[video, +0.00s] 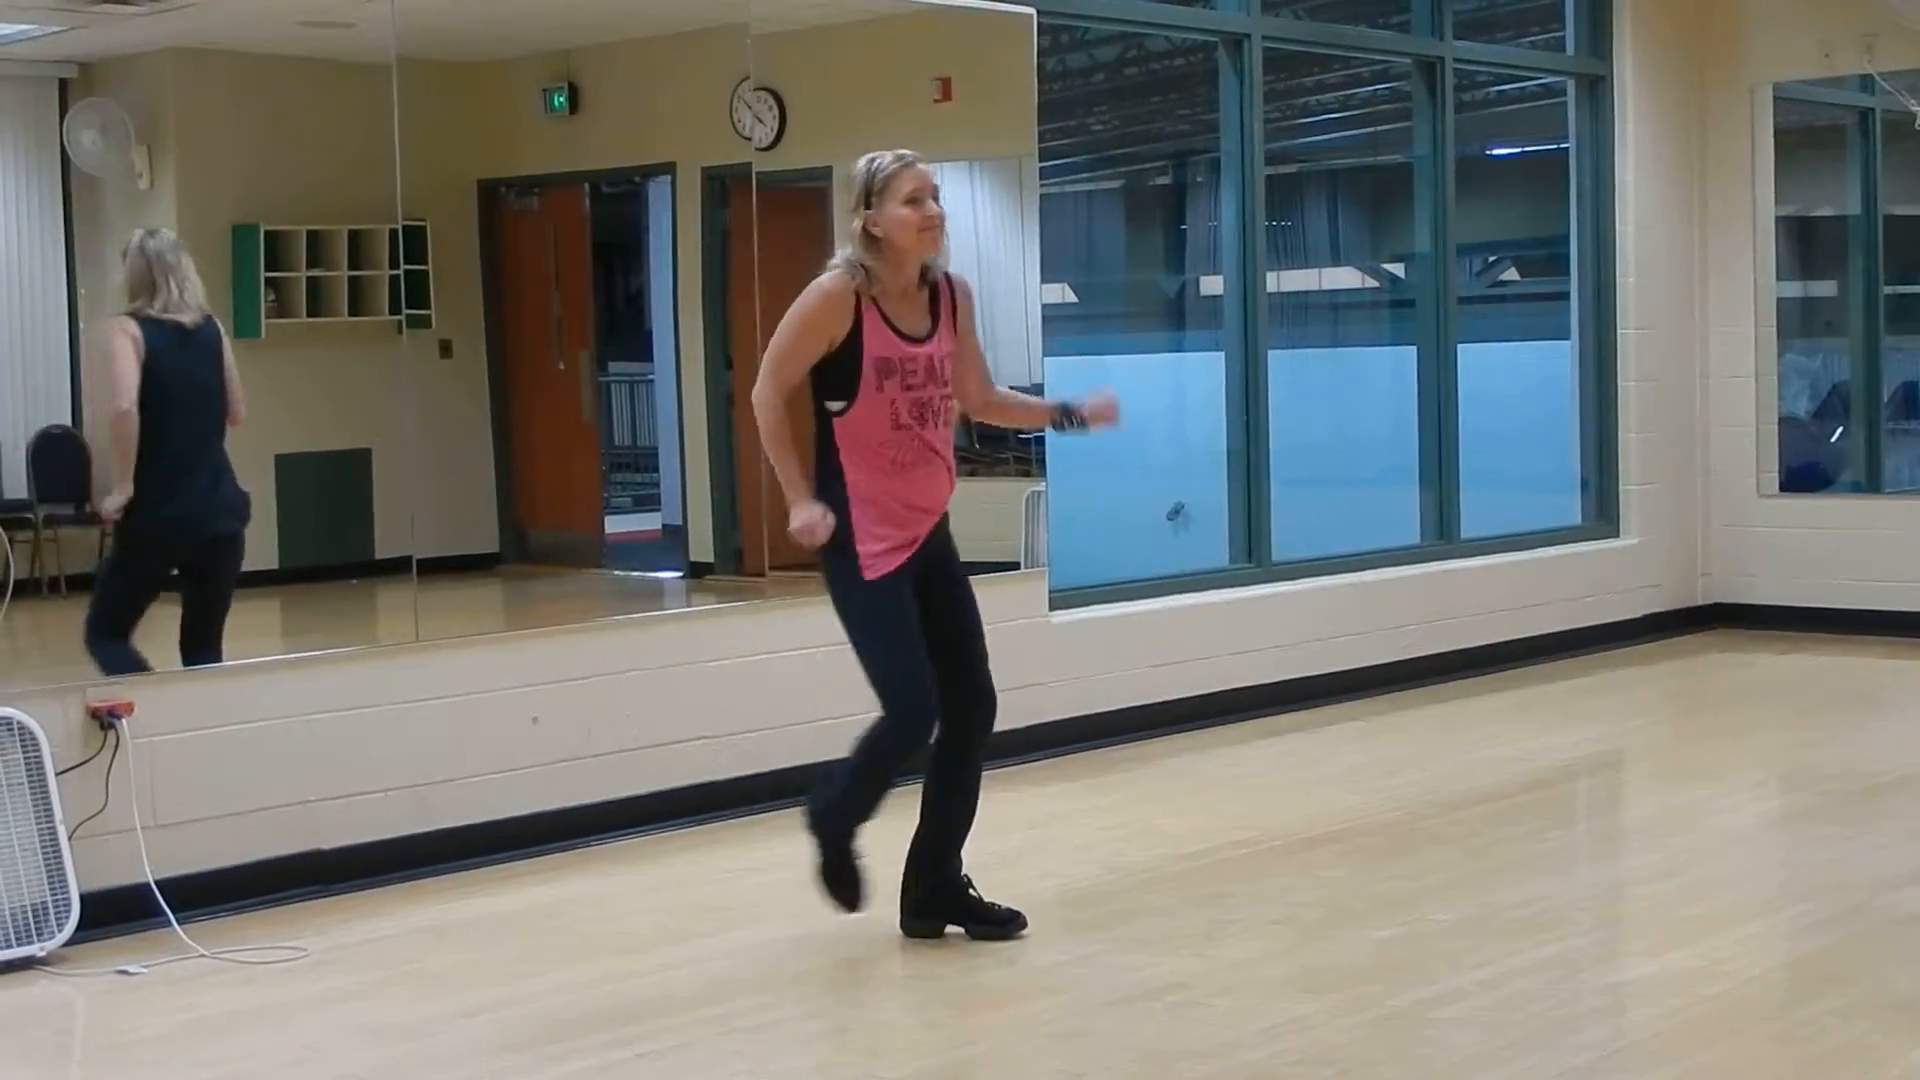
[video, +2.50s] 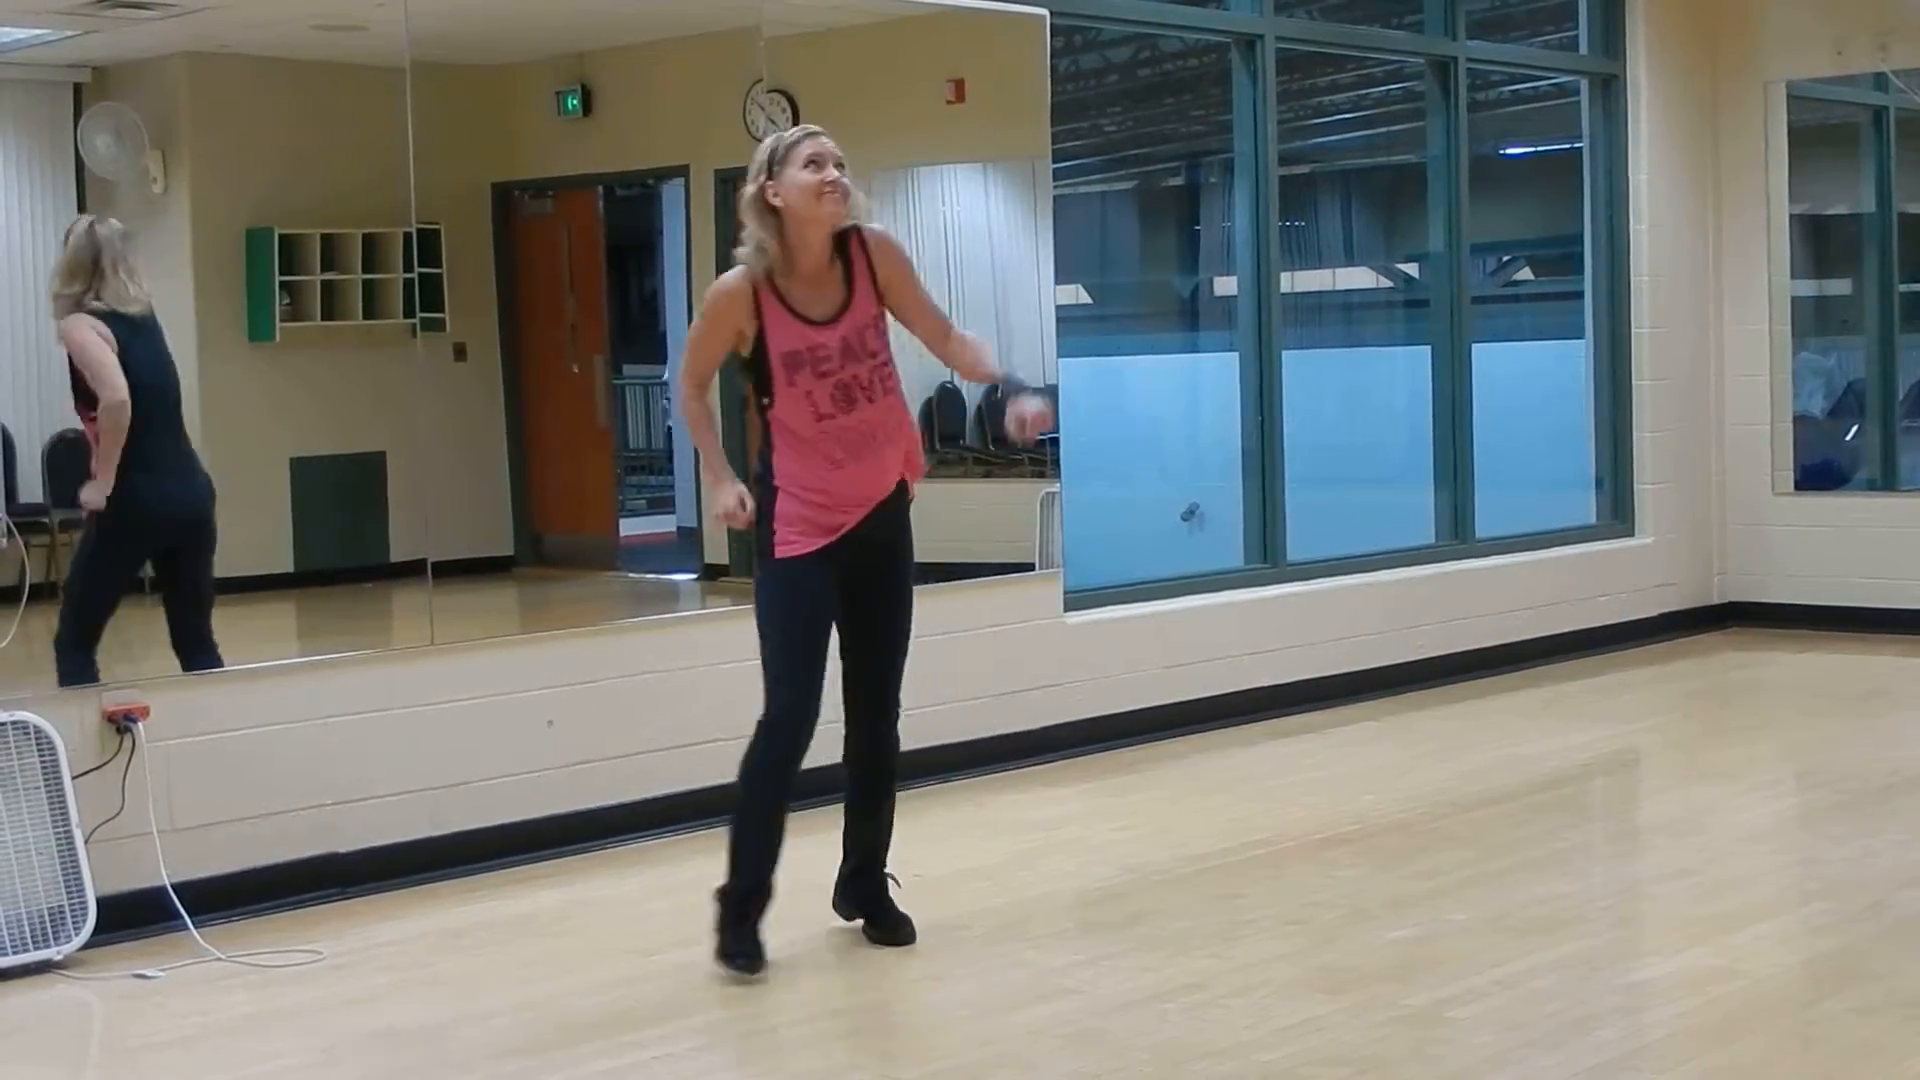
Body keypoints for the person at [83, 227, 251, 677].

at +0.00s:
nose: (123, 275)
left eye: (126, 267)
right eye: (125, 267)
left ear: (135, 274)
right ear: (185, 272)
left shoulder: (124, 330)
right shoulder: (212, 328)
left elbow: (124, 407)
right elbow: (235, 412)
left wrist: (122, 488)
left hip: (159, 513)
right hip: (221, 510)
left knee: (105, 635)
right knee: (203, 648)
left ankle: (163, 715)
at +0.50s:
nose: (189, 263)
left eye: (192, 255)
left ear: (198, 259)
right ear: (253, 258)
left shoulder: (191, 313)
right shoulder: (282, 314)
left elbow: (140, 391)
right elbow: (343, 362)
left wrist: (101, 442)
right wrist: (322, 429)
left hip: (221, 489)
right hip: (282, 482)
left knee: (237, 632)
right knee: (292, 617)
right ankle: (339, 717)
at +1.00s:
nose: (272, 278)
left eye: (277, 270)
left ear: (282, 275)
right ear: (335, 281)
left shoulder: (277, 324)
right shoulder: (338, 339)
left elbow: (281, 395)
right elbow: (336, 424)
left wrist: (280, 472)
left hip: (314, 502)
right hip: (363, 502)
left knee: (217, 592)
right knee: (336, 632)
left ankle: (274, 694)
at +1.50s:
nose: (212, 282)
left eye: (216, 273)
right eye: (212, 273)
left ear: (230, 271)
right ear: (274, 266)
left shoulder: (230, 311)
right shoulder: (305, 313)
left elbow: (214, 387)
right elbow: (320, 391)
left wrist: (198, 457)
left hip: (279, 488)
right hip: (337, 484)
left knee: (218, 620)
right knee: (347, 621)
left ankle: (199, 731)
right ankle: (384, 725)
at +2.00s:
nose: (111, 293)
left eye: (116, 284)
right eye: (112, 283)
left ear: (128, 290)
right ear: (175, 281)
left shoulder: (119, 351)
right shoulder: (216, 339)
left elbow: (77, 443)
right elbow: (271, 399)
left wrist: (35, 491)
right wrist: (241, 461)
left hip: (155, 517)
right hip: (216, 511)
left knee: (133, 644)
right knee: (174, 632)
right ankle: (240, 705)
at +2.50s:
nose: (60, 267)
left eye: (66, 258)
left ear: (73, 264)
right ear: (125, 262)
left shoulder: (80, 324)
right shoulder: (142, 314)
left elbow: (117, 398)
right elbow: (164, 398)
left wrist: (102, 481)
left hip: (134, 501)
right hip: (191, 492)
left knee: (74, 643)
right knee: (195, 640)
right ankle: (235, 752)